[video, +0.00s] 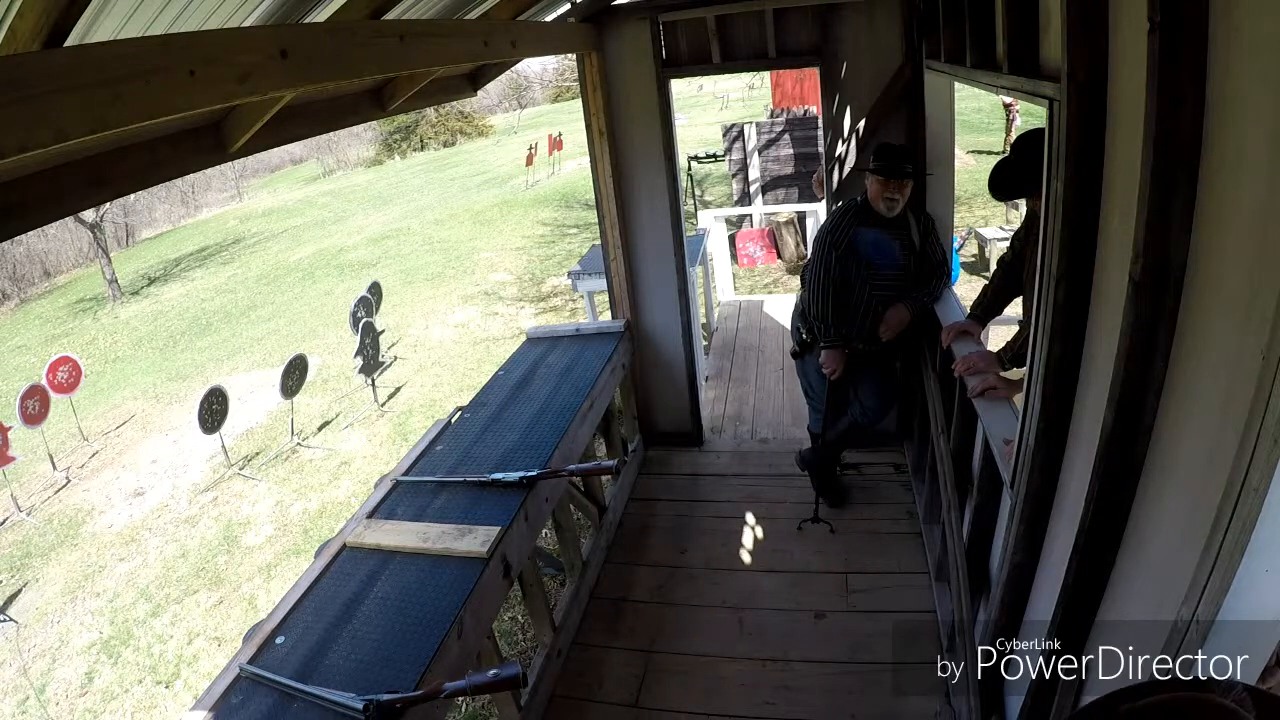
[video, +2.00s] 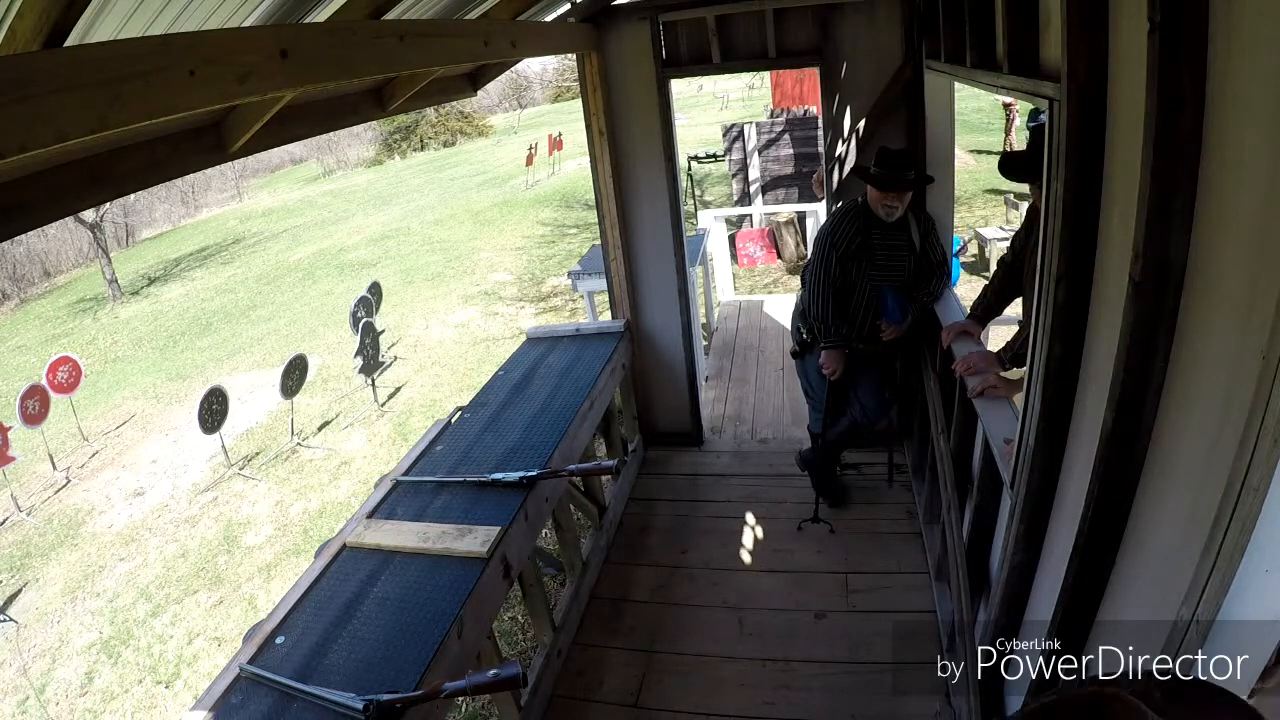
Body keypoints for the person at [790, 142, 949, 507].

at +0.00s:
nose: (894, 189)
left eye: (903, 181)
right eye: (885, 179)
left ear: (912, 185)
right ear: (868, 179)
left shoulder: (920, 224)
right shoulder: (844, 221)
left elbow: (939, 275)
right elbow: (818, 280)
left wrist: (909, 308)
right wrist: (830, 342)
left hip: (877, 337)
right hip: (825, 336)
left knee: (874, 409)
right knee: (827, 413)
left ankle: (818, 455)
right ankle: (827, 478)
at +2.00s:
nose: (893, 198)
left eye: (903, 190)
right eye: (884, 188)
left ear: (913, 190)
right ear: (868, 186)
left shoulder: (921, 225)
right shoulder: (844, 224)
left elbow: (938, 274)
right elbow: (819, 282)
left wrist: (908, 318)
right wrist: (831, 343)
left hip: (874, 335)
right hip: (823, 333)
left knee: (872, 407)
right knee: (826, 408)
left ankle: (817, 455)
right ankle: (827, 478)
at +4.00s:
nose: (880, 199)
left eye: (890, 191)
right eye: (873, 190)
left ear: (908, 193)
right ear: (862, 187)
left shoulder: (921, 227)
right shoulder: (841, 225)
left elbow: (939, 278)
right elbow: (819, 285)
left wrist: (915, 318)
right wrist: (828, 343)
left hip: (886, 341)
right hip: (834, 339)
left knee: (878, 406)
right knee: (829, 411)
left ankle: (864, 460)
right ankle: (827, 473)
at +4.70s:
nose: (841, 175)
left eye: (850, 168)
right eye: (838, 168)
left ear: (874, 168)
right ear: (833, 170)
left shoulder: (901, 209)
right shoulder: (820, 213)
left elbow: (942, 250)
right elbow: (795, 262)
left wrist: (925, 303)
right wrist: (788, 312)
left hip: (883, 329)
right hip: (831, 329)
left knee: (873, 402)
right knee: (830, 402)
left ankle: (865, 461)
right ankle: (826, 472)